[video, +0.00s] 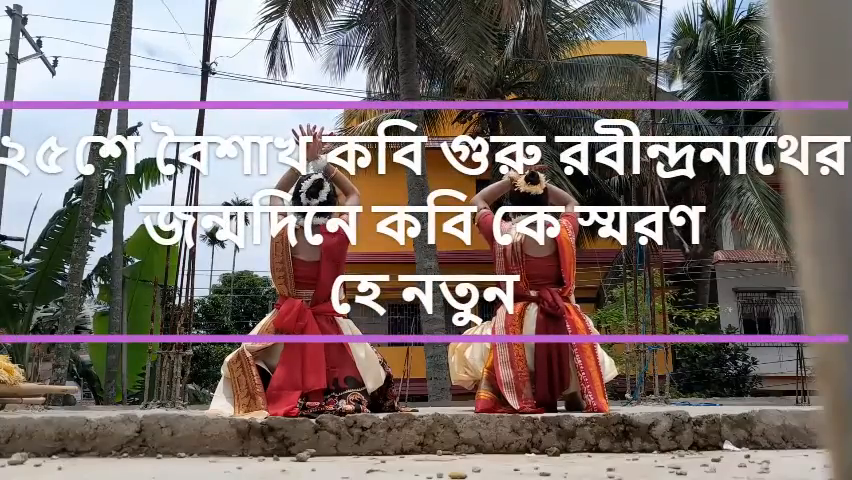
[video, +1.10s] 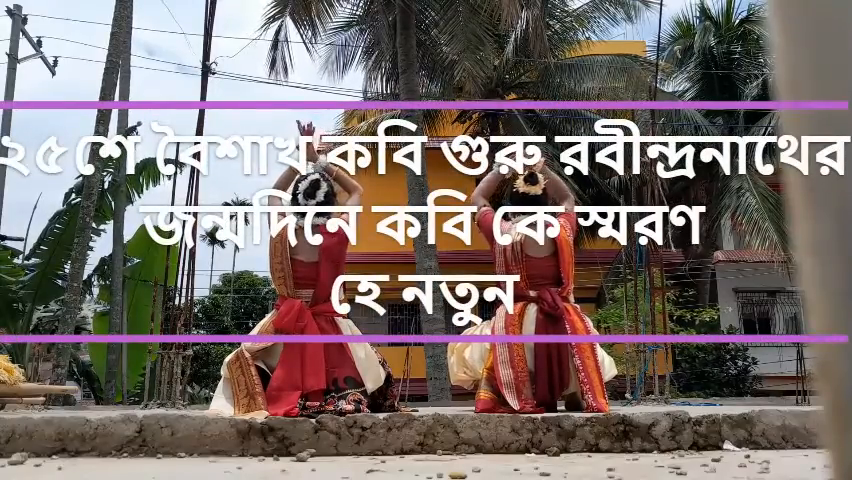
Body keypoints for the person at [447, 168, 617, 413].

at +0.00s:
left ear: (511, 211)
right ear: (544, 207)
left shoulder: (503, 234)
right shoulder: (562, 233)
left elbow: (479, 200)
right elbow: (570, 202)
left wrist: (507, 182)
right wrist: (542, 185)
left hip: (518, 319)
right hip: (561, 318)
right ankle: (574, 394)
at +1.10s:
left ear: (509, 202)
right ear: (545, 201)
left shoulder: (501, 231)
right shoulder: (562, 228)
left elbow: (479, 197)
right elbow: (566, 198)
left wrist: (502, 168)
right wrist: (542, 170)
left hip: (516, 321)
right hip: (561, 319)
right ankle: (576, 394)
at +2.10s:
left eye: (511, 206)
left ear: (510, 208)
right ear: (544, 207)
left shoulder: (494, 237)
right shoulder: (567, 236)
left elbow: (445, 237)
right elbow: (613, 232)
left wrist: (435, 208)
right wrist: (601, 200)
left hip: (511, 324)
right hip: (561, 322)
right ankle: (575, 395)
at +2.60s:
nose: (508, 214)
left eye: (509, 209)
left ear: (511, 210)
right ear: (544, 208)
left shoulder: (494, 237)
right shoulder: (568, 237)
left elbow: (443, 243)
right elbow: (617, 238)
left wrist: (423, 211)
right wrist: (619, 207)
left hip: (512, 325)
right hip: (562, 324)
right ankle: (575, 395)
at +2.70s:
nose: (509, 214)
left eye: (509, 209)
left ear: (510, 210)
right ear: (545, 208)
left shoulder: (494, 238)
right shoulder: (569, 238)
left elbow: (441, 247)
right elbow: (618, 240)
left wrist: (427, 214)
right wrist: (615, 208)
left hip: (511, 326)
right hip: (562, 325)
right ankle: (576, 394)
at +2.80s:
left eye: (515, 204)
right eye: (537, 202)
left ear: (511, 209)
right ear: (547, 207)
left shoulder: (494, 240)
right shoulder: (569, 238)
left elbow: (442, 252)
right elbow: (619, 245)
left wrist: (426, 226)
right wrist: (616, 216)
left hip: (512, 328)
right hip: (563, 326)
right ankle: (578, 395)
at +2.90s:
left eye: (522, 201)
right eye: (536, 201)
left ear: (511, 206)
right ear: (547, 205)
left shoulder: (493, 240)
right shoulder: (570, 240)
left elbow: (452, 260)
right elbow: (620, 253)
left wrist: (423, 239)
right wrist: (624, 227)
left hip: (511, 330)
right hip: (565, 327)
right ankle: (578, 400)